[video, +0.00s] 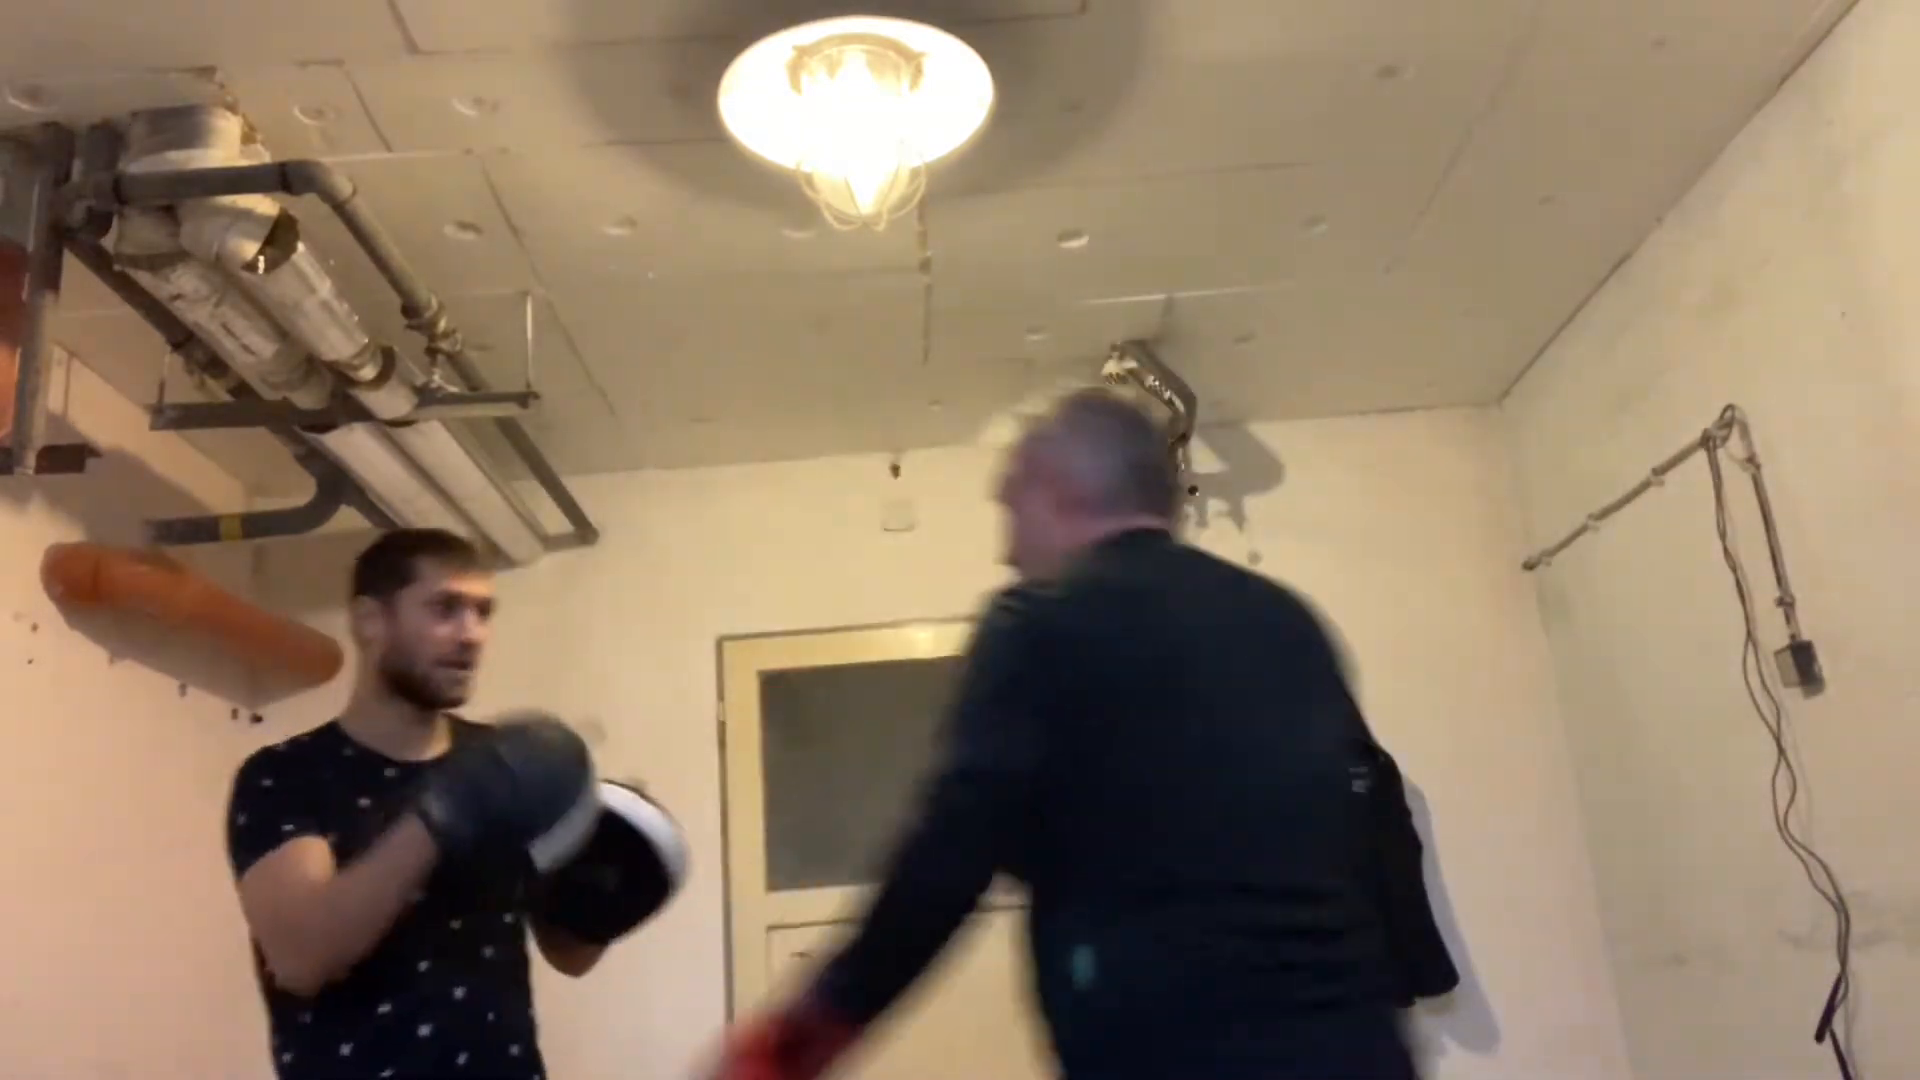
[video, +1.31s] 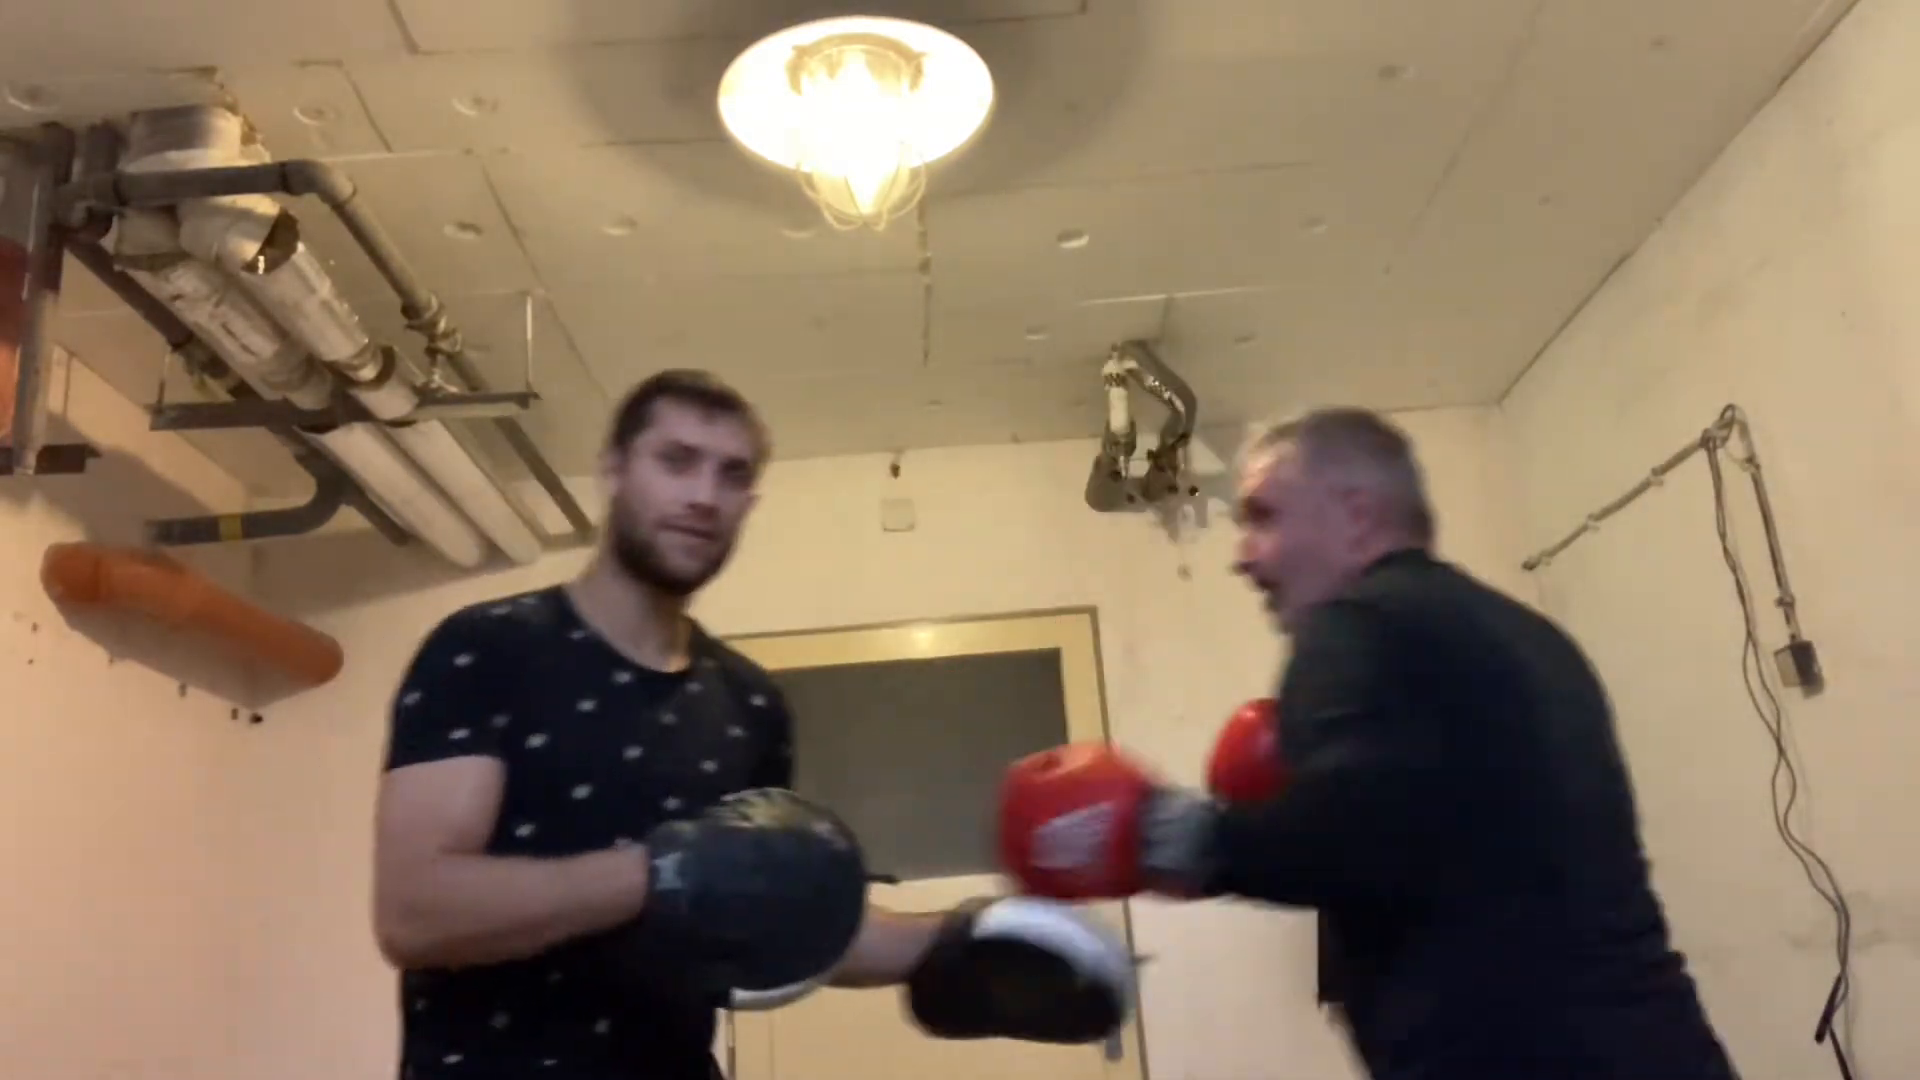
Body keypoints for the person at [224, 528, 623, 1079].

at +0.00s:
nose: (471, 634)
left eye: (482, 614)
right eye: (445, 610)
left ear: (491, 624)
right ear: (369, 622)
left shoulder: (503, 765)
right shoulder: (282, 779)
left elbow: (571, 954)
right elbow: (301, 953)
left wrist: (597, 881)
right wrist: (445, 812)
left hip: (501, 1066)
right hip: (354, 1069)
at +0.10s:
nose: (519, 630)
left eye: (529, 610)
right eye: (493, 605)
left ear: (538, 620)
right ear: (416, 616)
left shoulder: (546, 767)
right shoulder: (321, 773)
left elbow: (590, 960)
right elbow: (320, 967)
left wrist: (648, 898)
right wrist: (479, 865)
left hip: (525, 1066)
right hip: (379, 1069)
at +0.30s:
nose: (614, 618)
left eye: (621, 600)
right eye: (589, 593)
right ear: (514, 600)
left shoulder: (627, 766)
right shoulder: (400, 754)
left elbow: (625, 944)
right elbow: (359, 959)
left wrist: (687, 922)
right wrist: (527, 920)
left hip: (584, 1064)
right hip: (434, 1067)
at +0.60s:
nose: (653, 598)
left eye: (661, 579)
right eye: (626, 571)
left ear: (671, 589)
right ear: (551, 579)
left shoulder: (681, 751)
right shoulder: (443, 741)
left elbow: (732, 951)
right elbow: (397, 955)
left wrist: (793, 900)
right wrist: (566, 900)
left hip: (628, 1064)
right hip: (474, 1065)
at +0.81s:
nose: (591, 575)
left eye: (611, 554)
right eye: (560, 546)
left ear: (629, 574)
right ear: (499, 560)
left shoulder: (669, 739)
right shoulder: (406, 747)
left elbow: (743, 914)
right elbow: (367, 981)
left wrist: (841, 918)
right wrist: (540, 929)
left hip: (630, 1067)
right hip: (467, 1069)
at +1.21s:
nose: (648, 494)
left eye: (675, 475)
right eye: (618, 461)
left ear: (695, 505)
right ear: (556, 476)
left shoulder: (704, 696)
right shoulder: (435, 663)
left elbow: (727, 909)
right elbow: (378, 920)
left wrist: (901, 936)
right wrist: (622, 870)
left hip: (646, 1059)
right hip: (463, 1059)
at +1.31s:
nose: (707, 494)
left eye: (733, 476)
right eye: (678, 462)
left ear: (751, 504)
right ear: (611, 472)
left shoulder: (747, 704)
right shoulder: (484, 655)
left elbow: (774, 913)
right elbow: (413, 911)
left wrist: (958, 939)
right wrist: (670, 873)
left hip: (669, 1063)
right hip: (486, 1062)